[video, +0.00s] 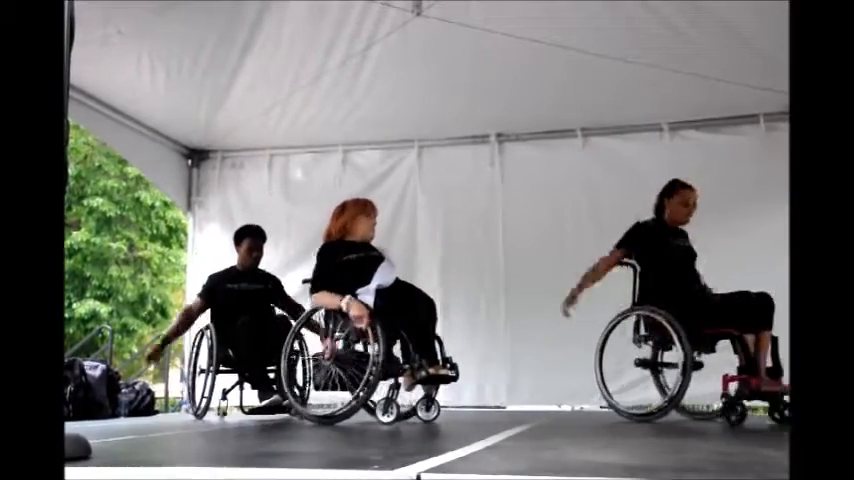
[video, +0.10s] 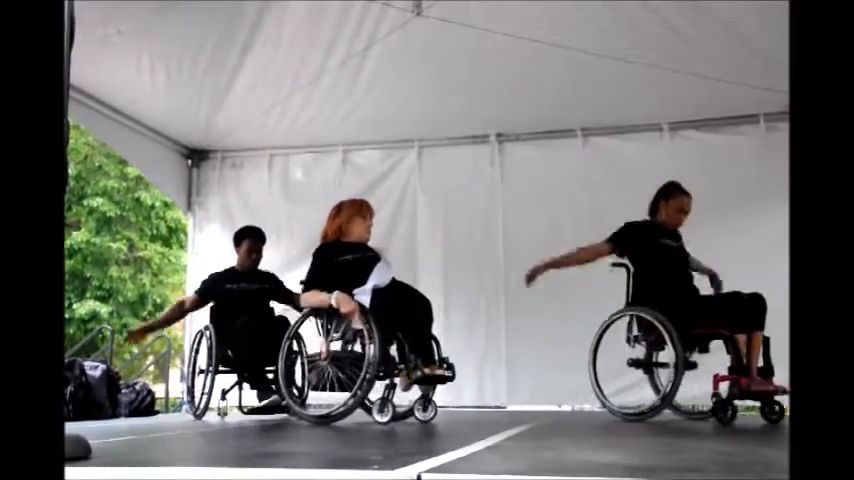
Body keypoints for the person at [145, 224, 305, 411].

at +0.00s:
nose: (258, 255)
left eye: (261, 249)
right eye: (252, 249)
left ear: (263, 250)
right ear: (238, 248)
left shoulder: (269, 282)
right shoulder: (218, 281)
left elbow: (295, 310)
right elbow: (191, 313)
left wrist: (323, 332)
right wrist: (163, 343)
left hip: (262, 343)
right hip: (230, 346)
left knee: (282, 324)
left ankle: (286, 392)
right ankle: (266, 393)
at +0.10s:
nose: (256, 255)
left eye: (259, 251)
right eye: (251, 250)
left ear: (263, 252)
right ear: (237, 248)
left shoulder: (268, 281)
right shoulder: (219, 281)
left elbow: (297, 301)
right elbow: (184, 307)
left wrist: (322, 302)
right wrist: (148, 328)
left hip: (262, 343)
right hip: (230, 347)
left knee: (282, 323)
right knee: (247, 327)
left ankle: (286, 389)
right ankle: (264, 392)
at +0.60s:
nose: (247, 260)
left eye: (250, 255)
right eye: (242, 255)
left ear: (254, 255)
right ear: (230, 254)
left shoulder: (260, 281)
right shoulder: (214, 281)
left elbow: (293, 281)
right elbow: (185, 290)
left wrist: (310, 262)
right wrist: (196, 269)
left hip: (255, 341)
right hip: (224, 344)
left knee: (272, 327)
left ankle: (276, 393)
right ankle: (255, 392)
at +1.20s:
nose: (252, 273)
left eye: (256, 269)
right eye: (248, 268)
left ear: (259, 268)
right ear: (236, 266)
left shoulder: (261, 295)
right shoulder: (214, 288)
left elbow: (280, 323)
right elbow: (183, 306)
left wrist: (286, 348)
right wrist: (191, 330)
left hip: (245, 349)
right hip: (213, 350)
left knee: (268, 334)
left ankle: (270, 393)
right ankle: (251, 393)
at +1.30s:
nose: (253, 276)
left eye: (257, 272)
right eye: (249, 271)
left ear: (261, 271)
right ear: (237, 269)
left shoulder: (262, 297)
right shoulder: (215, 289)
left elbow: (280, 323)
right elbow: (184, 304)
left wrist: (285, 346)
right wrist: (190, 329)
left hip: (244, 351)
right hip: (212, 352)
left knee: (270, 334)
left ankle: (269, 392)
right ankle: (252, 392)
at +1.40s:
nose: (255, 278)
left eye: (259, 274)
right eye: (251, 273)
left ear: (262, 273)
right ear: (239, 270)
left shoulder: (264, 297)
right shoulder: (215, 290)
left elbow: (281, 323)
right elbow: (184, 304)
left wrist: (285, 347)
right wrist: (192, 329)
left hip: (245, 351)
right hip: (213, 352)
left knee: (272, 339)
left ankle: (272, 395)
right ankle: (255, 394)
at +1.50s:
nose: (256, 277)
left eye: (259, 272)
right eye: (251, 272)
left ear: (263, 271)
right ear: (239, 269)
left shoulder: (264, 297)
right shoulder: (216, 290)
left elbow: (281, 323)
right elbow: (184, 305)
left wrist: (285, 347)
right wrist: (193, 329)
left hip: (247, 349)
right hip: (215, 349)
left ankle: (274, 393)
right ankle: (258, 394)